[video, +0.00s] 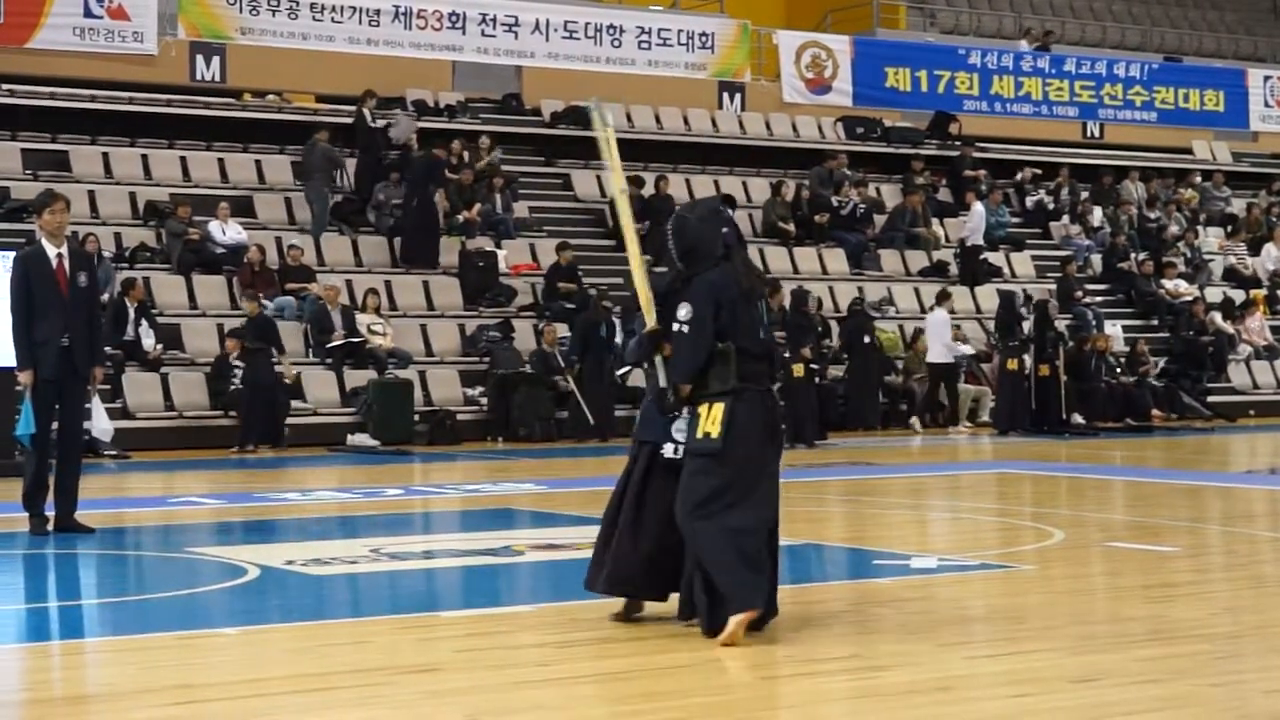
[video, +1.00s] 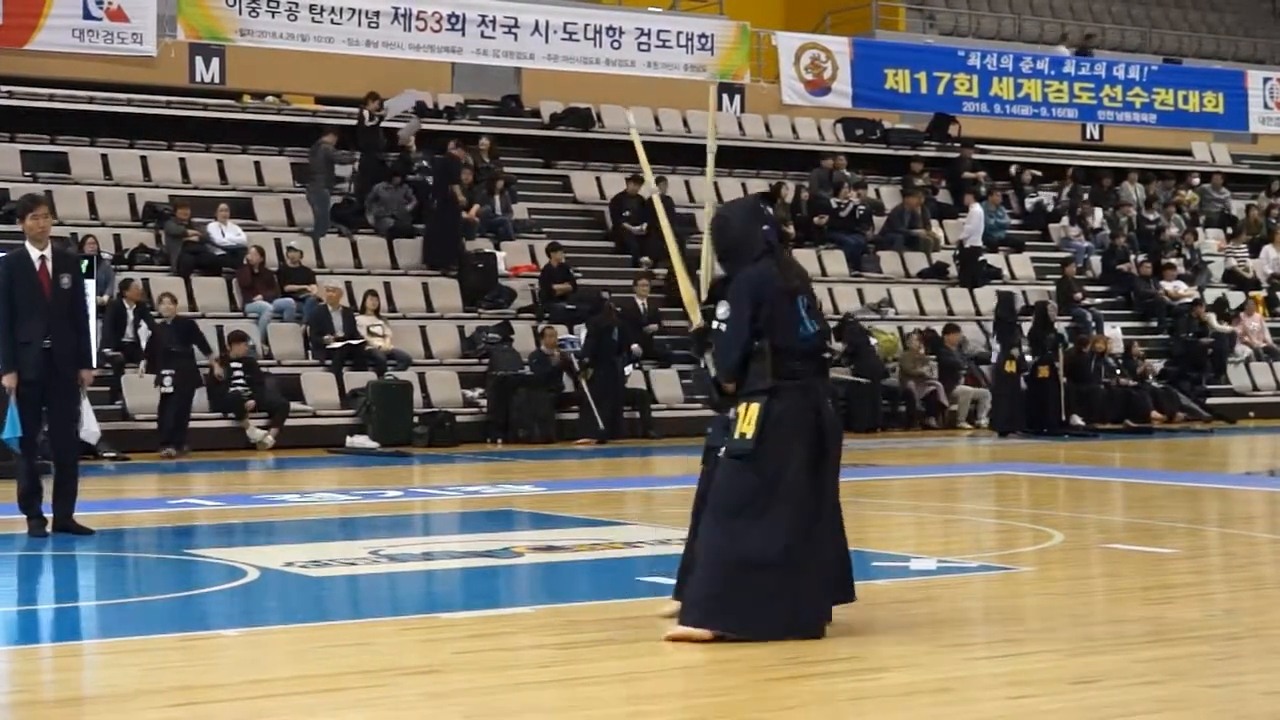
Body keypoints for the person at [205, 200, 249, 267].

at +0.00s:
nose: (225, 212)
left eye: (227, 209)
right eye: (222, 209)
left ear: (230, 211)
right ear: (217, 212)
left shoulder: (235, 225)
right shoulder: (213, 224)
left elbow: (245, 239)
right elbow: (220, 240)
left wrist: (228, 237)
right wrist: (239, 242)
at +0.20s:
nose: (224, 213)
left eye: (226, 210)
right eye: (221, 210)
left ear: (229, 212)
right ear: (216, 213)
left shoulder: (235, 226)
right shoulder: (212, 225)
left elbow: (244, 240)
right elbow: (219, 241)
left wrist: (227, 238)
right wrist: (239, 243)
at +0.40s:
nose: (224, 213)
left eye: (226, 210)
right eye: (221, 210)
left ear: (229, 212)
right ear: (216, 213)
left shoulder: (234, 226)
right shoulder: (211, 226)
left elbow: (244, 240)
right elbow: (219, 241)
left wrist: (227, 239)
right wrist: (238, 244)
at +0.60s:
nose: (224, 213)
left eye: (226, 210)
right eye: (221, 210)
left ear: (229, 213)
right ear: (216, 213)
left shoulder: (234, 226)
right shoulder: (211, 226)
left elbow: (244, 240)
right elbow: (218, 241)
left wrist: (227, 238)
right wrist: (238, 244)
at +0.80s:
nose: (224, 213)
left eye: (226, 211)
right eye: (221, 211)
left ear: (229, 213)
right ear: (216, 213)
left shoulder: (234, 226)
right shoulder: (211, 226)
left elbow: (244, 240)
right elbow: (218, 241)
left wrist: (227, 239)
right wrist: (238, 244)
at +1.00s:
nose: (224, 214)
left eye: (226, 211)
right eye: (221, 211)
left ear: (229, 213)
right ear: (216, 214)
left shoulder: (234, 227)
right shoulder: (212, 226)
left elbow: (244, 241)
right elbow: (219, 242)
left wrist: (227, 239)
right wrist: (239, 244)